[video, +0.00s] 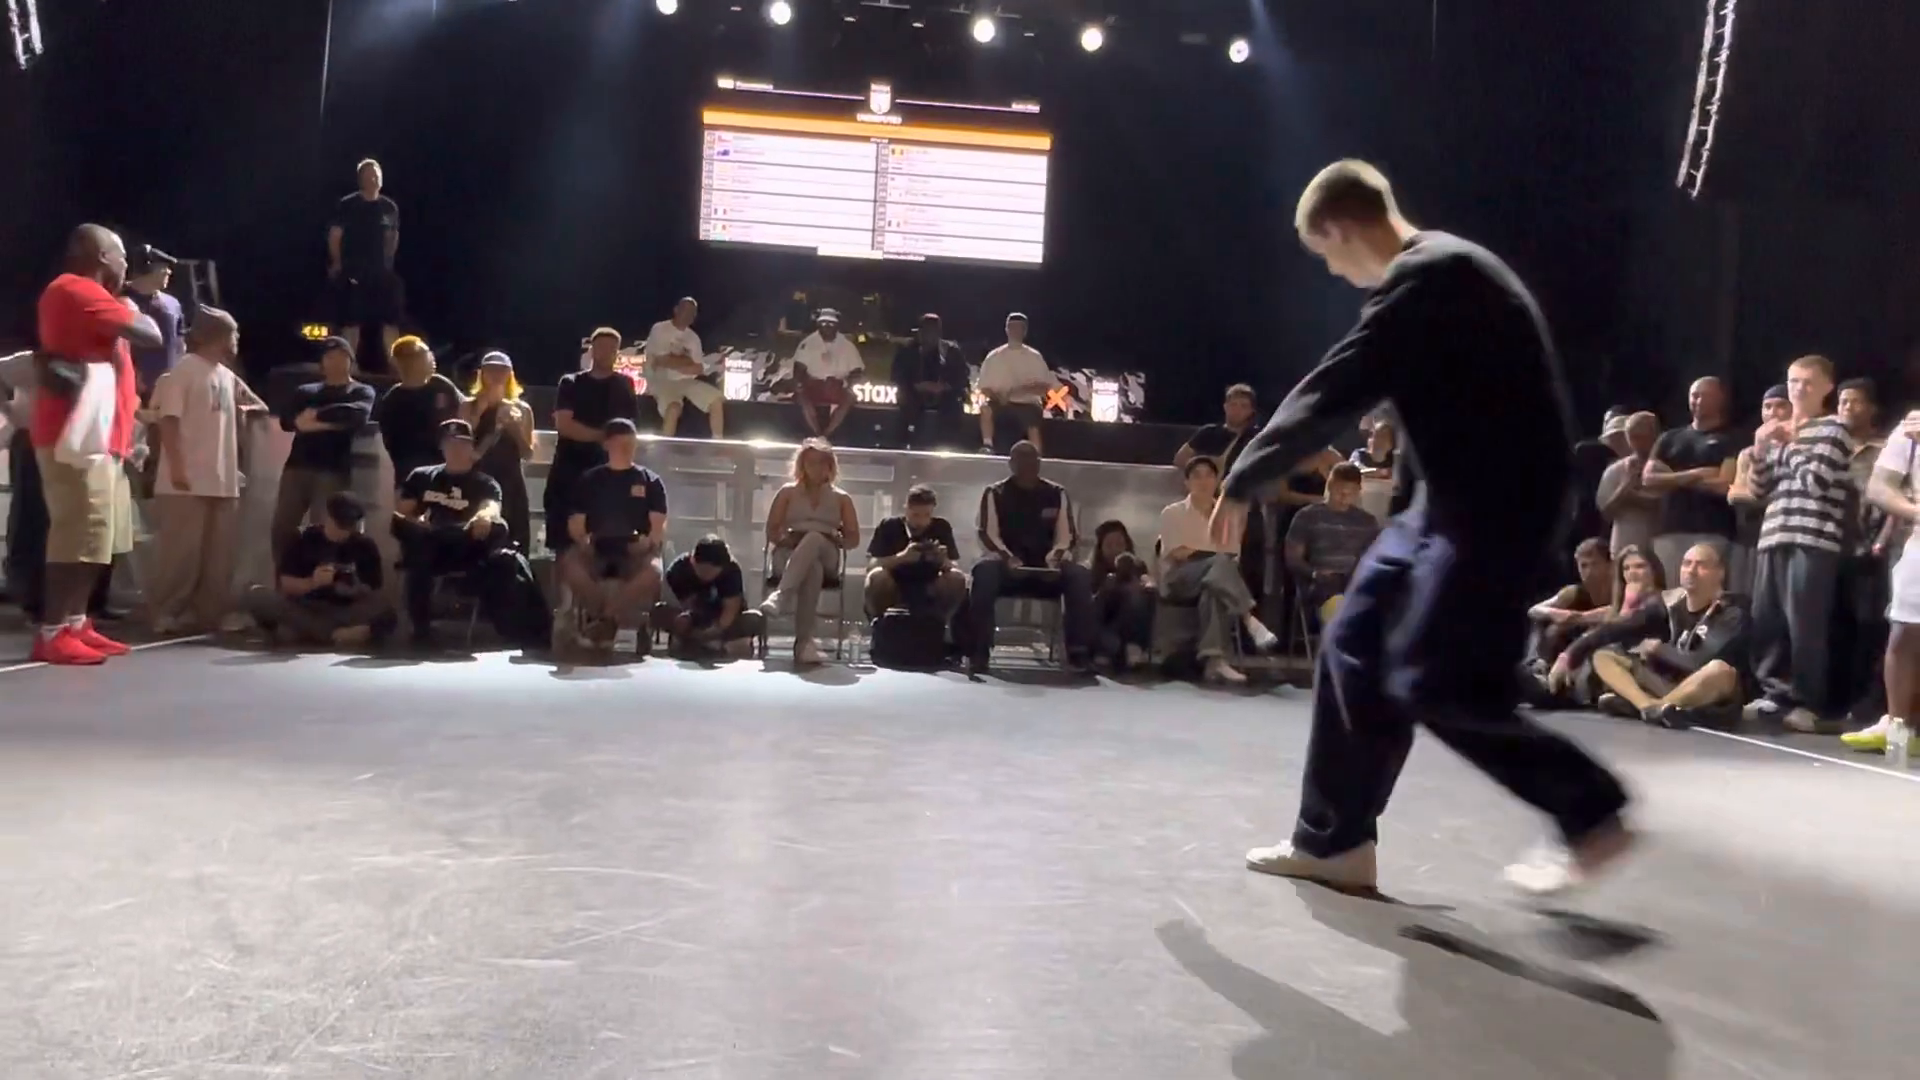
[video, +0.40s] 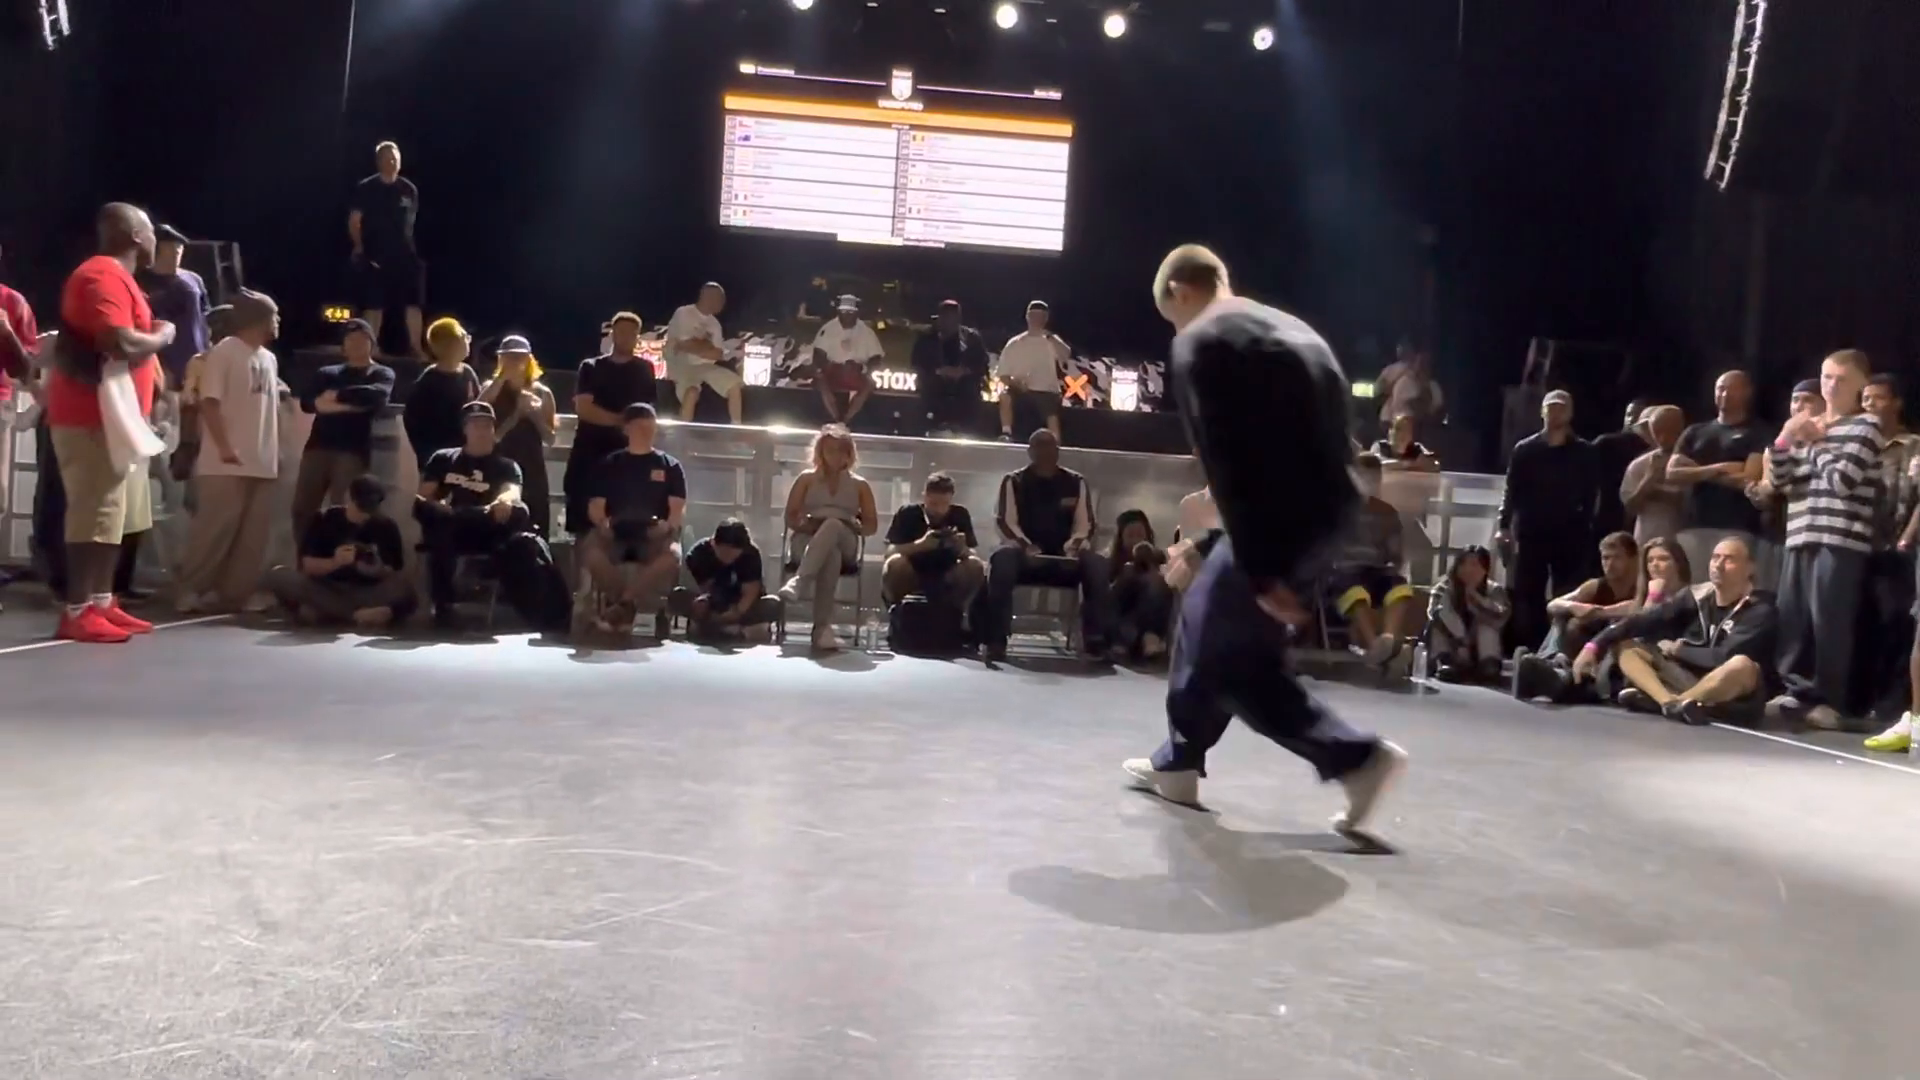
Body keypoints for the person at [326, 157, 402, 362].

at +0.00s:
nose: (373, 180)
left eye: (376, 175)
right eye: (368, 175)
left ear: (381, 179)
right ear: (360, 179)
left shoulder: (389, 207)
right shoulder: (346, 205)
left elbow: (392, 236)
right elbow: (335, 235)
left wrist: (386, 261)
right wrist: (337, 262)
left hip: (381, 272)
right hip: (352, 272)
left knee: (390, 324)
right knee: (350, 325)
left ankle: (395, 370)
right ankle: (348, 368)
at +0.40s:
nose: (392, 163)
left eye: (395, 159)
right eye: (387, 159)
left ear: (400, 162)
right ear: (378, 162)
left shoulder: (409, 189)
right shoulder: (365, 188)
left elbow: (410, 221)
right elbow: (355, 220)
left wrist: (406, 246)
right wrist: (359, 247)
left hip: (404, 254)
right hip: (375, 254)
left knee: (413, 304)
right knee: (373, 305)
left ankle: (416, 349)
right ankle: (370, 348)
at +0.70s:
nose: (422, 157)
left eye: (424, 152)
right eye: (417, 152)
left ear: (427, 155)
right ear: (406, 155)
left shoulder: (431, 183)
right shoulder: (387, 182)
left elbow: (434, 211)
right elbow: (377, 215)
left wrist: (424, 231)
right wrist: (385, 239)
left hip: (426, 244)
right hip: (397, 244)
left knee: (436, 296)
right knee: (389, 296)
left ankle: (441, 344)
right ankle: (384, 340)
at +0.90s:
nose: (455, 165)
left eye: (456, 160)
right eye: (452, 159)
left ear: (455, 161)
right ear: (438, 158)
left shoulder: (452, 188)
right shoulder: (415, 181)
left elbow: (450, 218)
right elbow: (397, 211)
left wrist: (446, 239)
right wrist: (403, 237)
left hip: (443, 246)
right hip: (416, 244)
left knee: (452, 293)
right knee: (403, 293)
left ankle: (451, 338)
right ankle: (391, 334)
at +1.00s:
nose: (474, 167)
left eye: (475, 162)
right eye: (471, 161)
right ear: (458, 161)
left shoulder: (467, 191)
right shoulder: (436, 181)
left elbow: (461, 221)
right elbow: (413, 207)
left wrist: (458, 242)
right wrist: (414, 237)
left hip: (455, 249)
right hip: (429, 246)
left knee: (457, 294)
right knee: (412, 292)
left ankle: (458, 340)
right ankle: (395, 332)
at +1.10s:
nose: (491, 171)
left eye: (493, 166)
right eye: (489, 165)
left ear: (490, 166)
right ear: (477, 162)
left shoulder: (482, 192)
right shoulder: (454, 181)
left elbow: (475, 221)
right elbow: (430, 207)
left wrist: (473, 243)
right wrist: (427, 235)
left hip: (468, 249)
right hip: (443, 246)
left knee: (466, 296)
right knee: (423, 291)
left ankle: (461, 341)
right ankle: (400, 333)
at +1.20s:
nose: (508, 171)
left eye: (509, 167)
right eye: (505, 165)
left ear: (507, 168)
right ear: (492, 163)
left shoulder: (498, 192)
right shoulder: (471, 181)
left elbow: (489, 221)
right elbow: (448, 204)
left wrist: (487, 244)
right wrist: (441, 231)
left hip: (484, 248)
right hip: (460, 244)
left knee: (483, 293)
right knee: (446, 288)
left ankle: (479, 339)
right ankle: (420, 329)